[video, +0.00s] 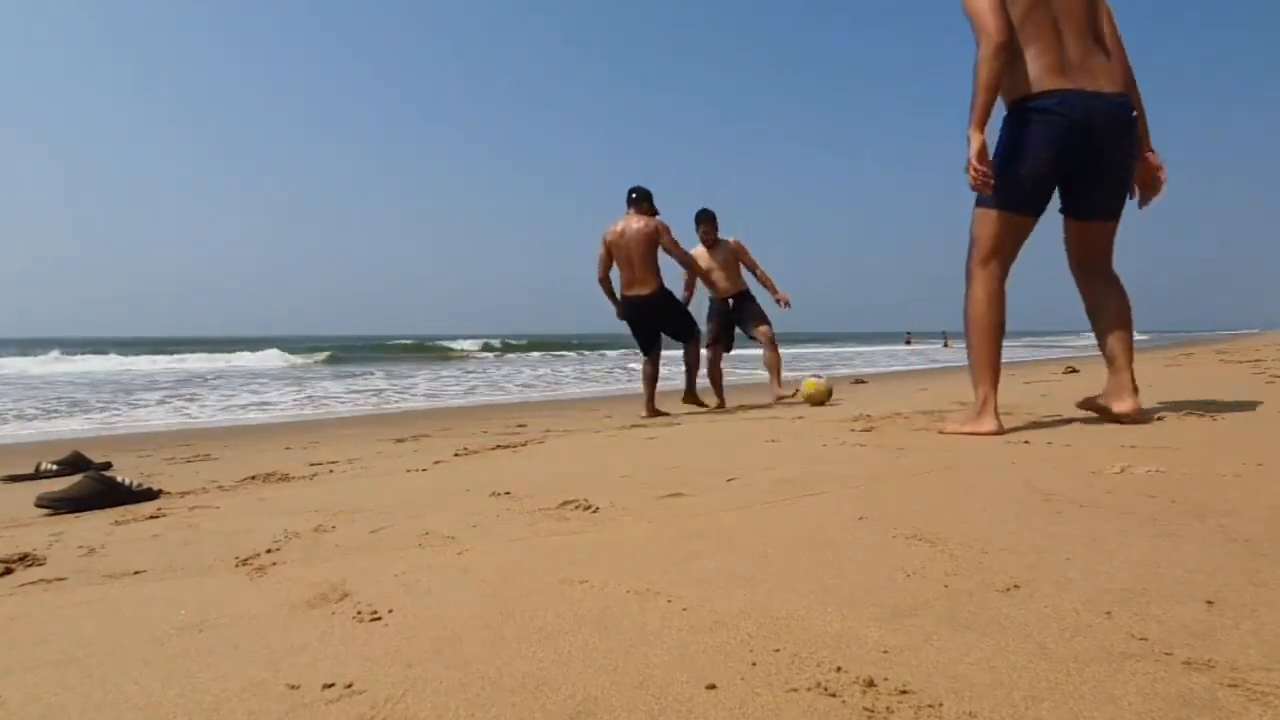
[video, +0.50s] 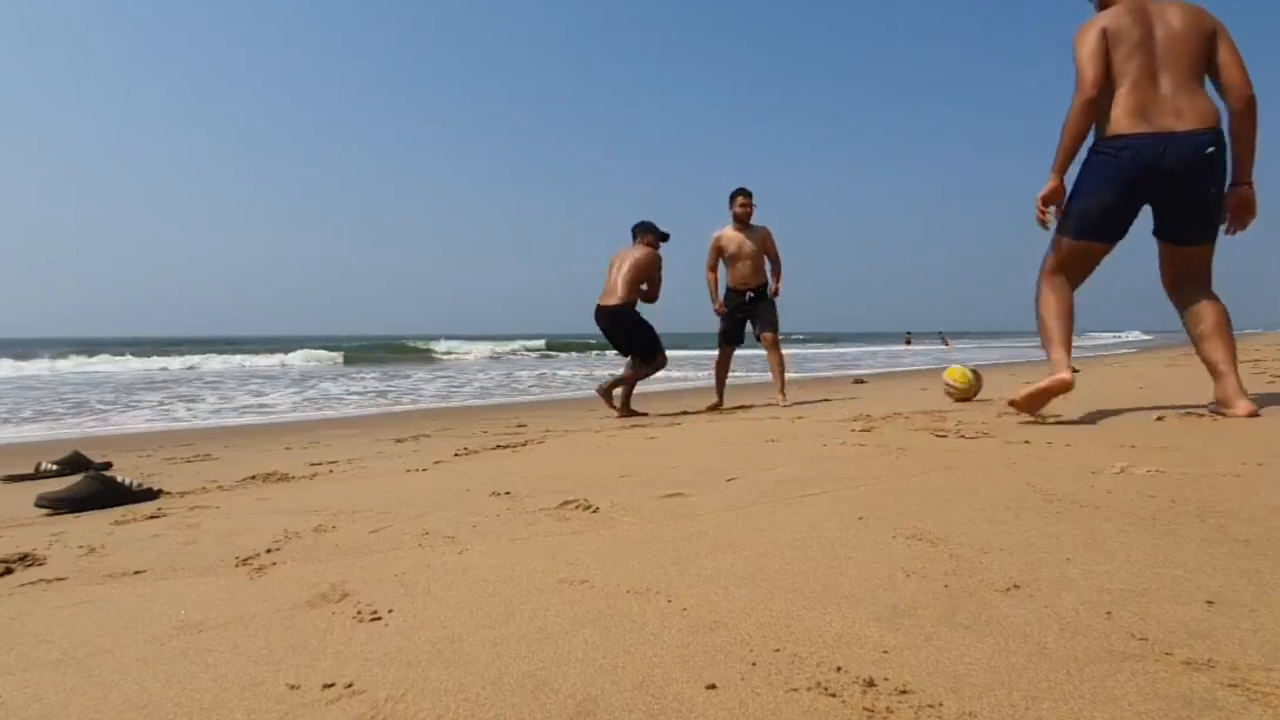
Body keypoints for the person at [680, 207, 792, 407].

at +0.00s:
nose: (707, 235)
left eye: (710, 230)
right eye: (703, 231)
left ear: (717, 229)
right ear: (697, 232)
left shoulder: (733, 247)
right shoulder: (695, 257)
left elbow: (756, 270)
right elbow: (688, 290)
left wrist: (776, 293)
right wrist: (680, 314)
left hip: (742, 299)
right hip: (718, 304)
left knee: (767, 336)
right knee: (713, 353)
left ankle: (777, 389)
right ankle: (720, 400)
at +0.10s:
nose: (711, 236)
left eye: (714, 231)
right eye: (707, 232)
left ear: (718, 229)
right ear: (699, 233)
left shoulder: (733, 249)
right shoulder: (694, 258)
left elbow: (754, 274)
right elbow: (683, 290)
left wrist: (774, 298)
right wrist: (676, 316)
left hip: (742, 300)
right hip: (719, 306)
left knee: (768, 336)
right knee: (711, 358)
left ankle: (797, 376)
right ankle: (721, 401)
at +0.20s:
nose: (713, 230)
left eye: (716, 226)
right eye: (709, 227)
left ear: (721, 226)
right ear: (702, 228)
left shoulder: (735, 246)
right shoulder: (695, 256)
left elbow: (752, 273)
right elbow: (687, 287)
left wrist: (771, 299)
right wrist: (684, 313)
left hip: (744, 298)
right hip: (720, 304)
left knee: (769, 331)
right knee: (711, 358)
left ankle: (792, 379)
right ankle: (721, 401)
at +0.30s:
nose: (722, 222)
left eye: (724, 217)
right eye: (716, 218)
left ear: (728, 218)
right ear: (707, 221)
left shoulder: (741, 241)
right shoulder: (701, 251)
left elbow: (756, 270)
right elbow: (694, 280)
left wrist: (770, 295)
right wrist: (696, 306)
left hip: (748, 295)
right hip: (723, 299)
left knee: (769, 333)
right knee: (715, 353)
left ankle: (784, 388)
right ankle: (721, 399)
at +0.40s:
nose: (732, 214)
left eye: (735, 210)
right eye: (727, 210)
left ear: (738, 212)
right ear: (717, 214)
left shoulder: (750, 236)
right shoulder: (708, 244)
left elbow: (763, 262)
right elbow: (703, 274)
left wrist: (771, 289)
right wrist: (705, 300)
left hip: (753, 292)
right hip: (727, 295)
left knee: (768, 337)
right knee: (721, 350)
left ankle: (782, 393)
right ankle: (720, 398)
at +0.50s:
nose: (747, 210)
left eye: (750, 206)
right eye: (742, 206)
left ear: (753, 209)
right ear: (732, 208)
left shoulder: (762, 234)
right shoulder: (721, 238)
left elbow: (775, 260)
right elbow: (712, 269)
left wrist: (776, 282)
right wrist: (715, 299)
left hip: (760, 292)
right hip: (735, 293)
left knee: (770, 339)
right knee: (726, 348)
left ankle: (781, 393)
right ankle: (719, 397)